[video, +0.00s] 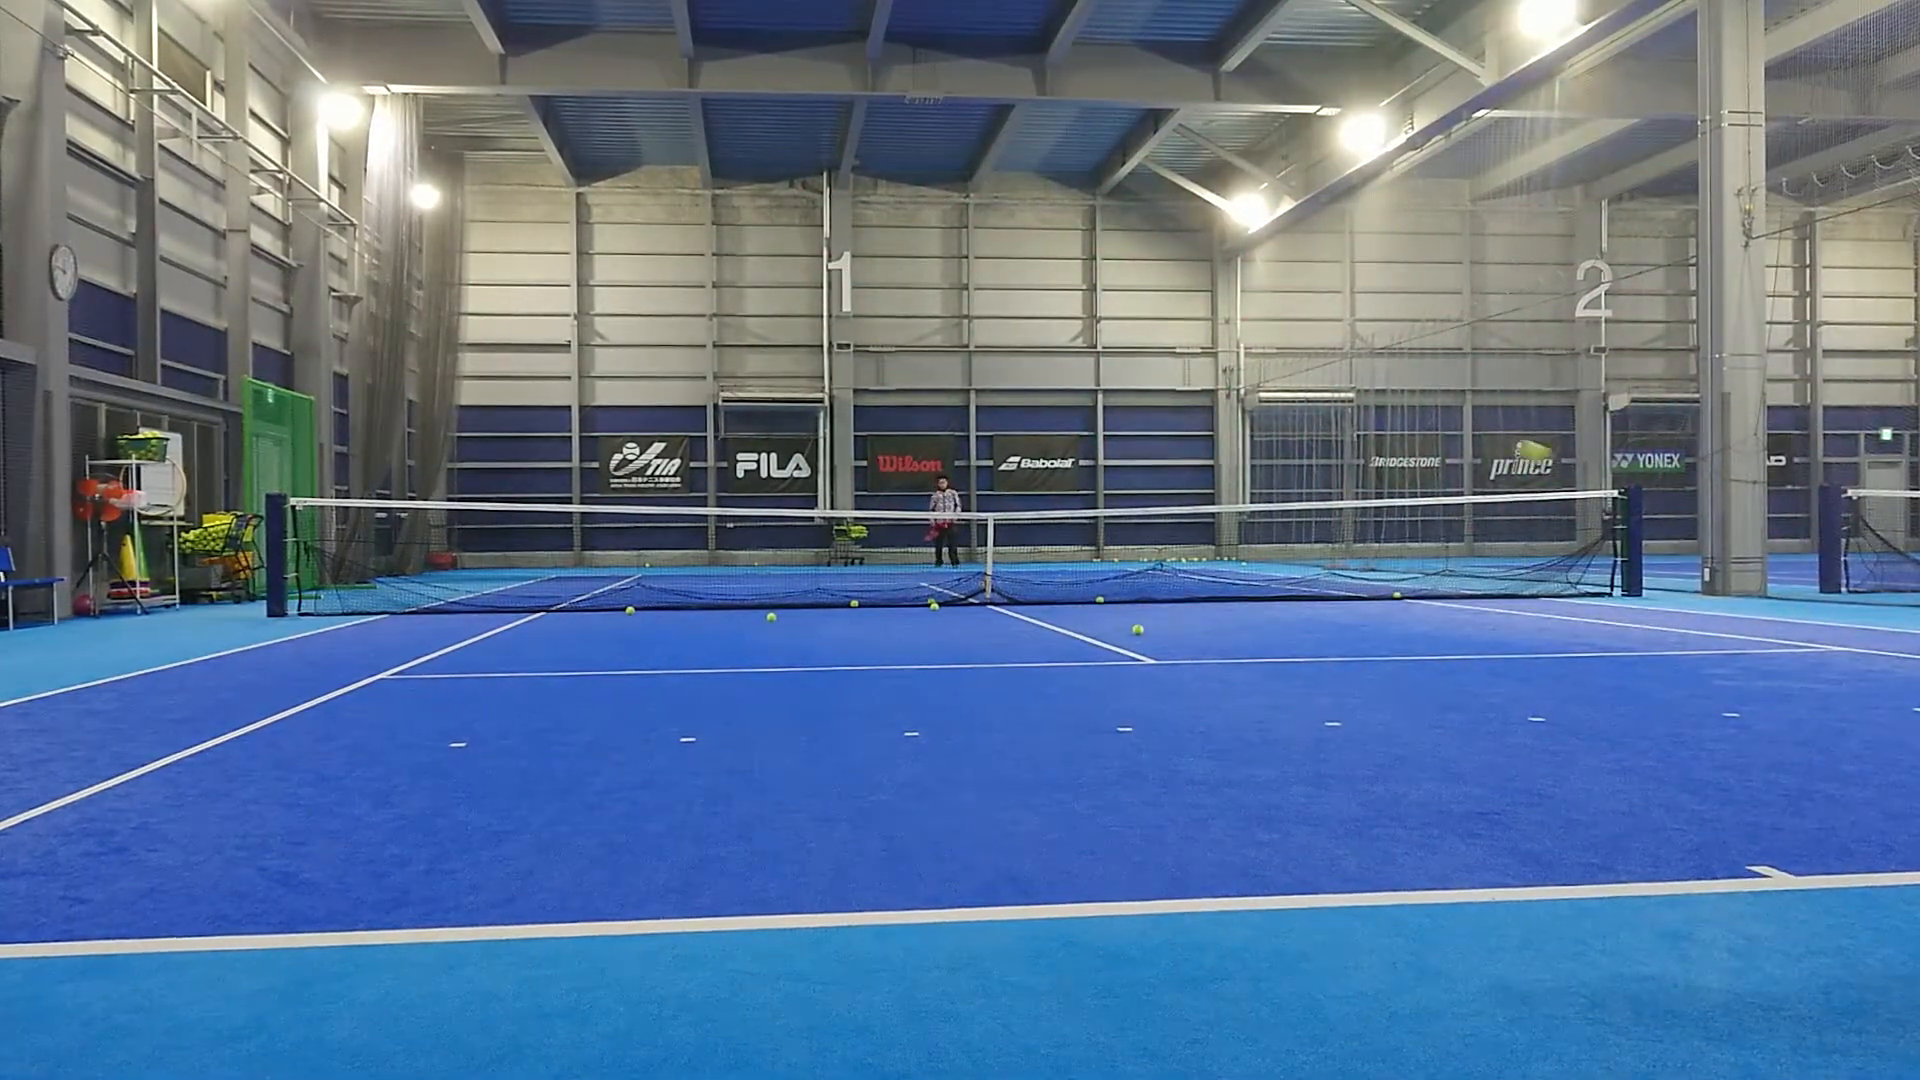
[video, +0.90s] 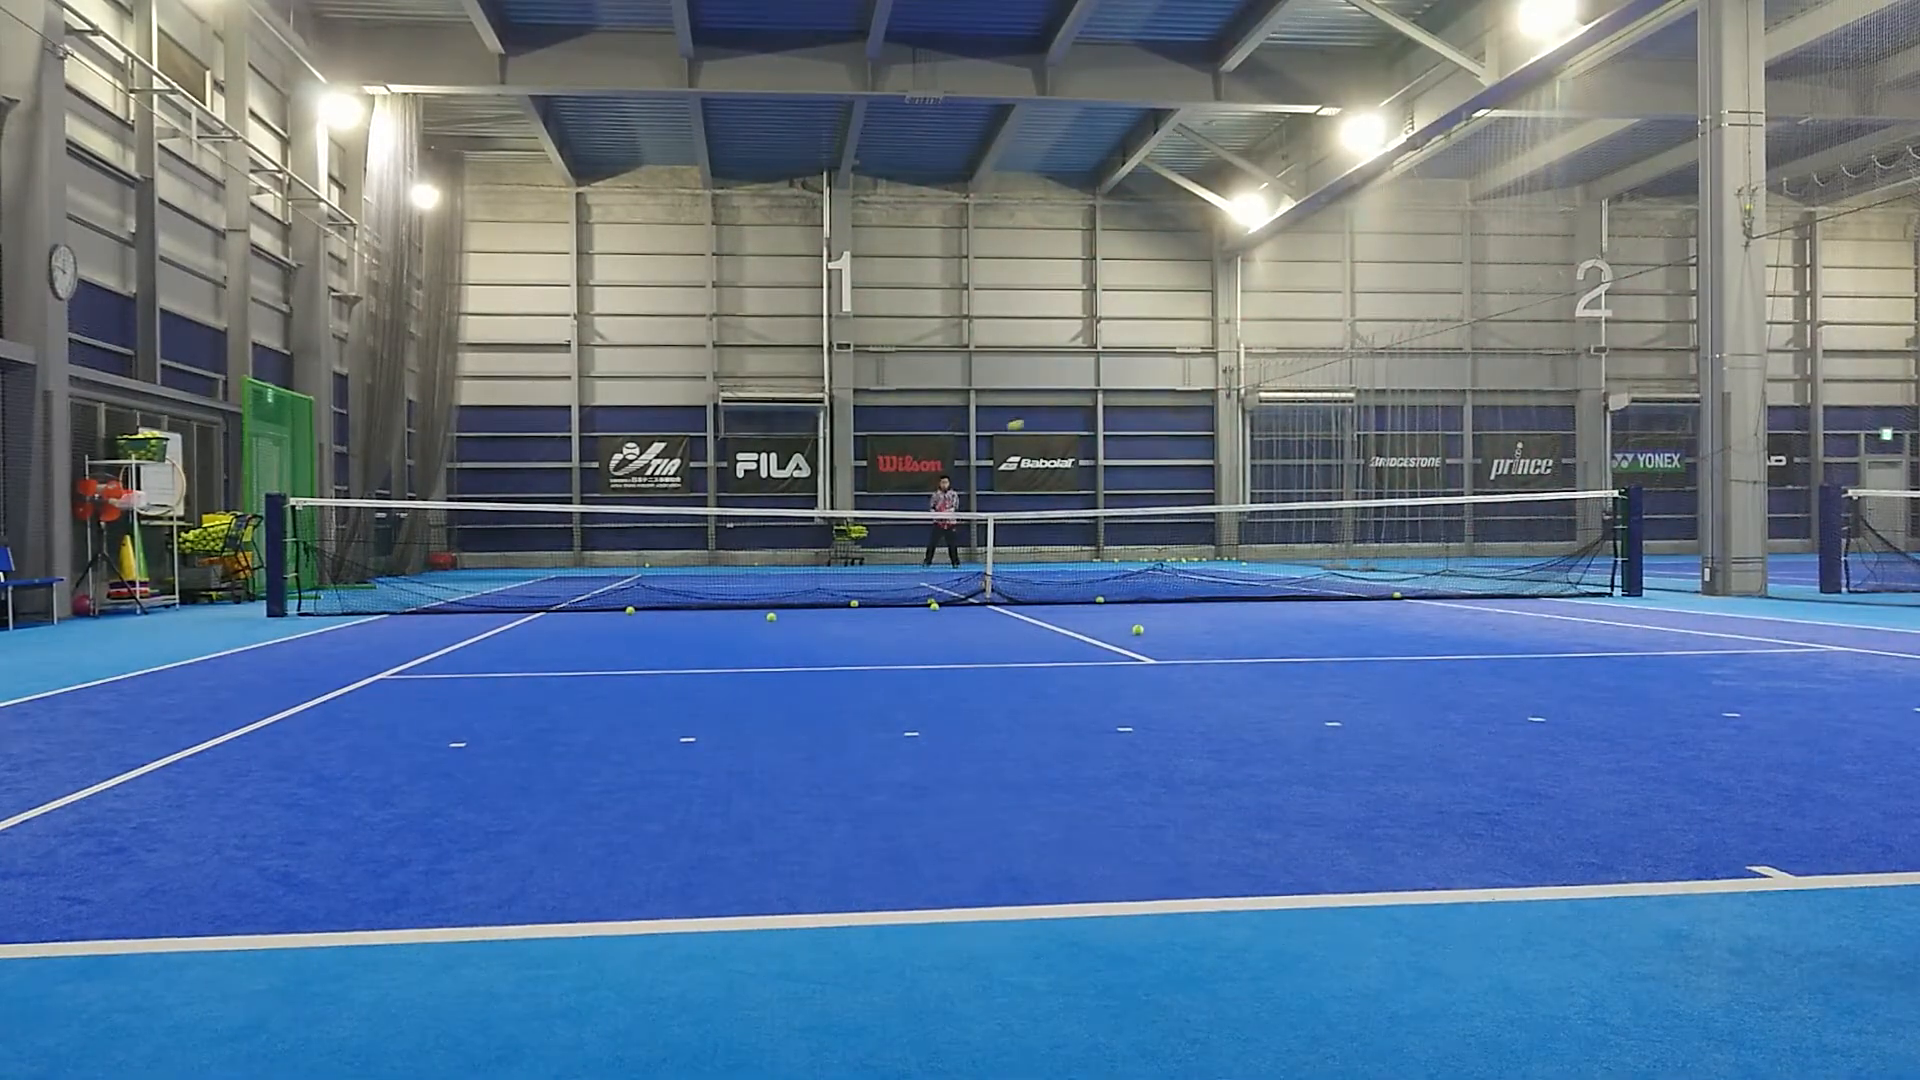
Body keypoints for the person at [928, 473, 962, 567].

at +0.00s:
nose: (942, 484)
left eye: (944, 482)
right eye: (940, 482)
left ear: (947, 483)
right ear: (937, 484)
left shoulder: (953, 493)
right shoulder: (935, 495)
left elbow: (958, 506)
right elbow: (931, 509)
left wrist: (956, 516)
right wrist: (932, 520)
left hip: (951, 522)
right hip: (939, 523)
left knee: (952, 544)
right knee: (938, 544)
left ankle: (955, 562)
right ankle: (938, 561)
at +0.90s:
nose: (944, 485)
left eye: (946, 482)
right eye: (942, 482)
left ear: (949, 484)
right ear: (939, 484)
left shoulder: (953, 494)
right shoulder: (936, 495)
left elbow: (955, 507)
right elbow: (931, 508)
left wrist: (946, 513)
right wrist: (937, 516)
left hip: (950, 523)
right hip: (938, 523)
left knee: (952, 545)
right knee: (932, 544)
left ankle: (955, 563)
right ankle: (927, 562)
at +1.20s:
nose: (922, 490)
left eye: (923, 488)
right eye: (920, 488)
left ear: (927, 489)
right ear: (918, 490)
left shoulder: (932, 498)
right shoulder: (917, 501)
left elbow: (933, 512)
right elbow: (915, 513)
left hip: (934, 527)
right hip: (923, 527)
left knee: (941, 546)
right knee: (918, 546)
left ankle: (953, 561)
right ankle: (921, 562)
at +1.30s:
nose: (913, 491)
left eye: (915, 489)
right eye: (911, 489)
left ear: (919, 489)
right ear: (909, 491)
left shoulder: (923, 498)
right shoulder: (910, 501)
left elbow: (922, 509)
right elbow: (907, 512)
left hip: (926, 526)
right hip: (916, 526)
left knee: (925, 547)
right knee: (914, 546)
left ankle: (939, 554)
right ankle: (920, 562)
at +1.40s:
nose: (905, 491)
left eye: (906, 489)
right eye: (903, 490)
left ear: (910, 489)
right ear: (901, 491)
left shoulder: (916, 497)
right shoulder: (903, 500)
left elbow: (915, 507)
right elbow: (900, 510)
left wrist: (905, 510)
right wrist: (892, 510)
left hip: (918, 524)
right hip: (909, 524)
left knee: (912, 544)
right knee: (907, 544)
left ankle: (920, 562)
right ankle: (916, 562)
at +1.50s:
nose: (897, 492)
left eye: (899, 489)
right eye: (895, 490)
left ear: (903, 489)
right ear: (894, 491)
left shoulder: (908, 499)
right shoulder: (896, 500)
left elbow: (912, 511)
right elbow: (893, 509)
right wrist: (882, 510)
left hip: (908, 524)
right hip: (901, 524)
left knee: (901, 546)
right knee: (900, 546)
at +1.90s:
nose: (863, 500)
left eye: (865, 498)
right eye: (862, 499)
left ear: (869, 497)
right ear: (860, 500)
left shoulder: (877, 506)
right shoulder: (865, 510)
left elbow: (880, 520)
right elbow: (866, 523)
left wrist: (876, 529)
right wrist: (866, 530)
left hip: (879, 532)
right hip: (870, 532)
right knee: (876, 551)